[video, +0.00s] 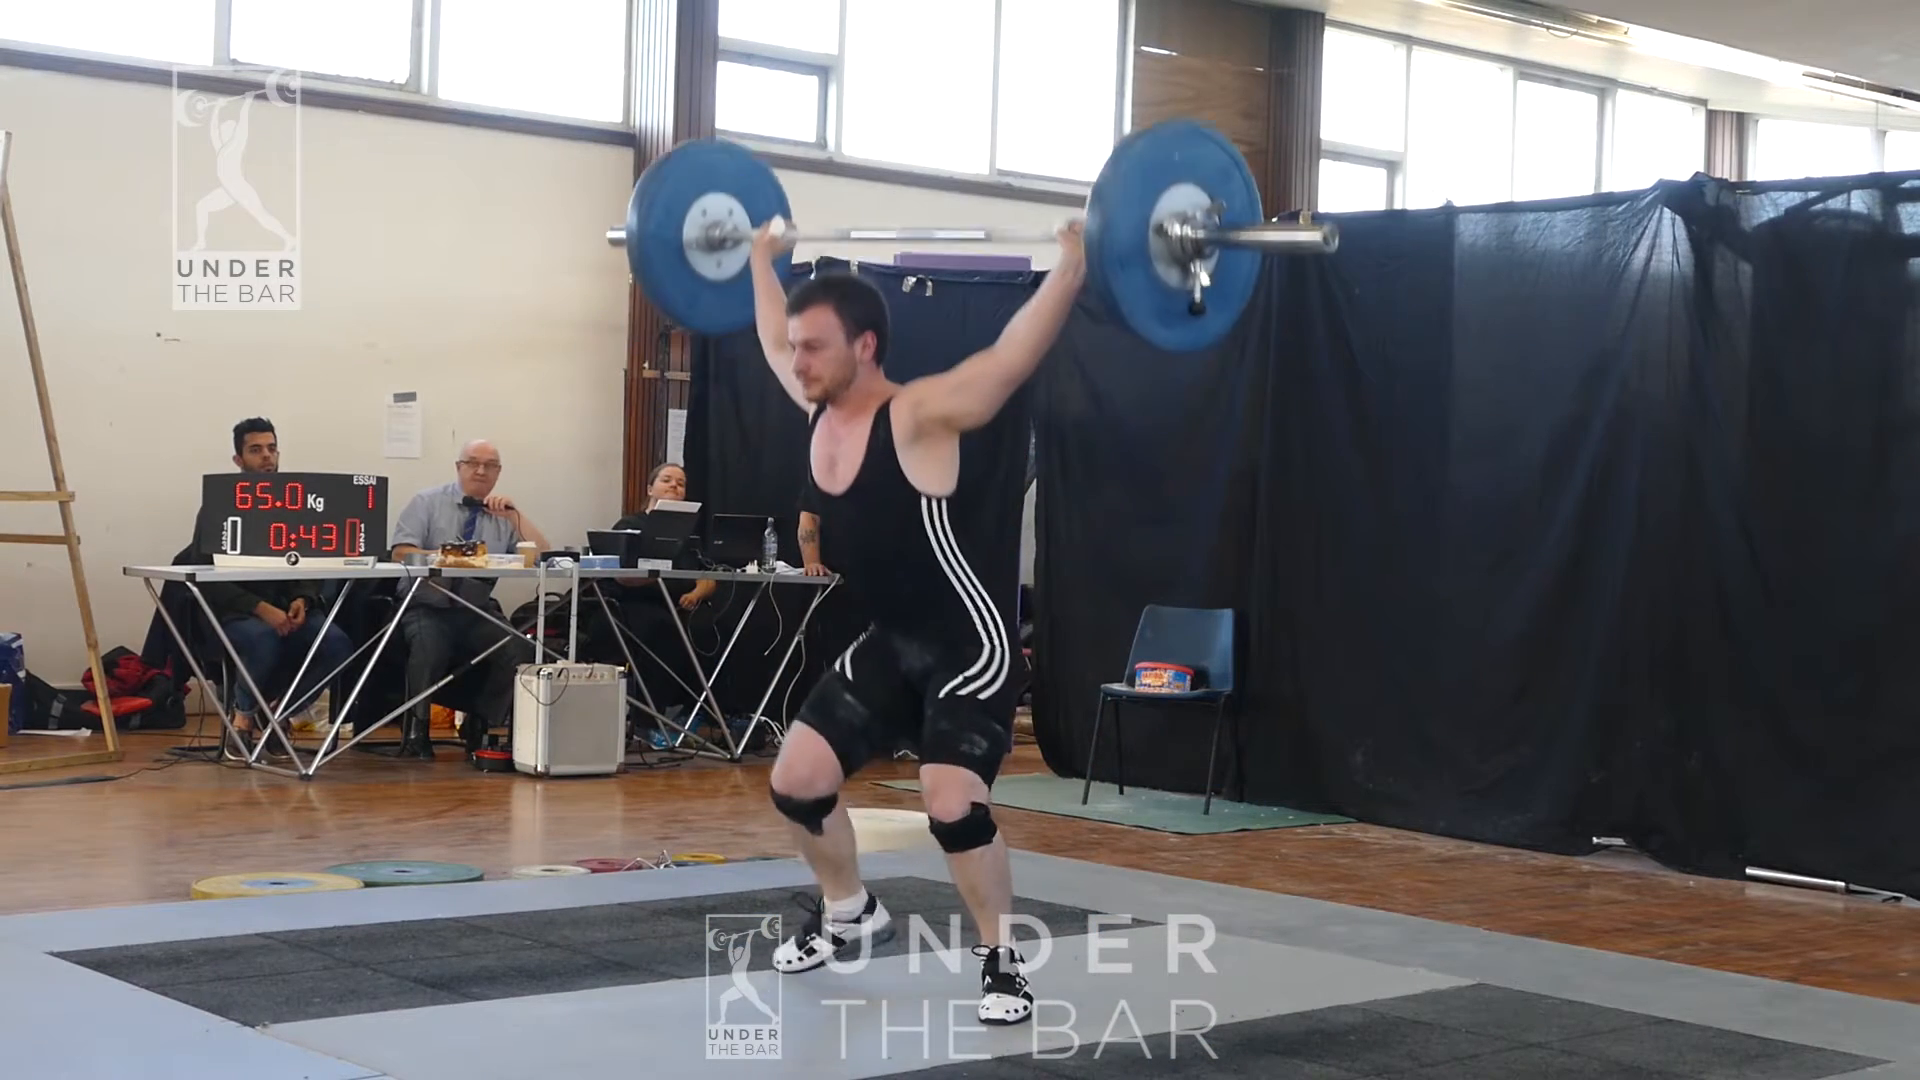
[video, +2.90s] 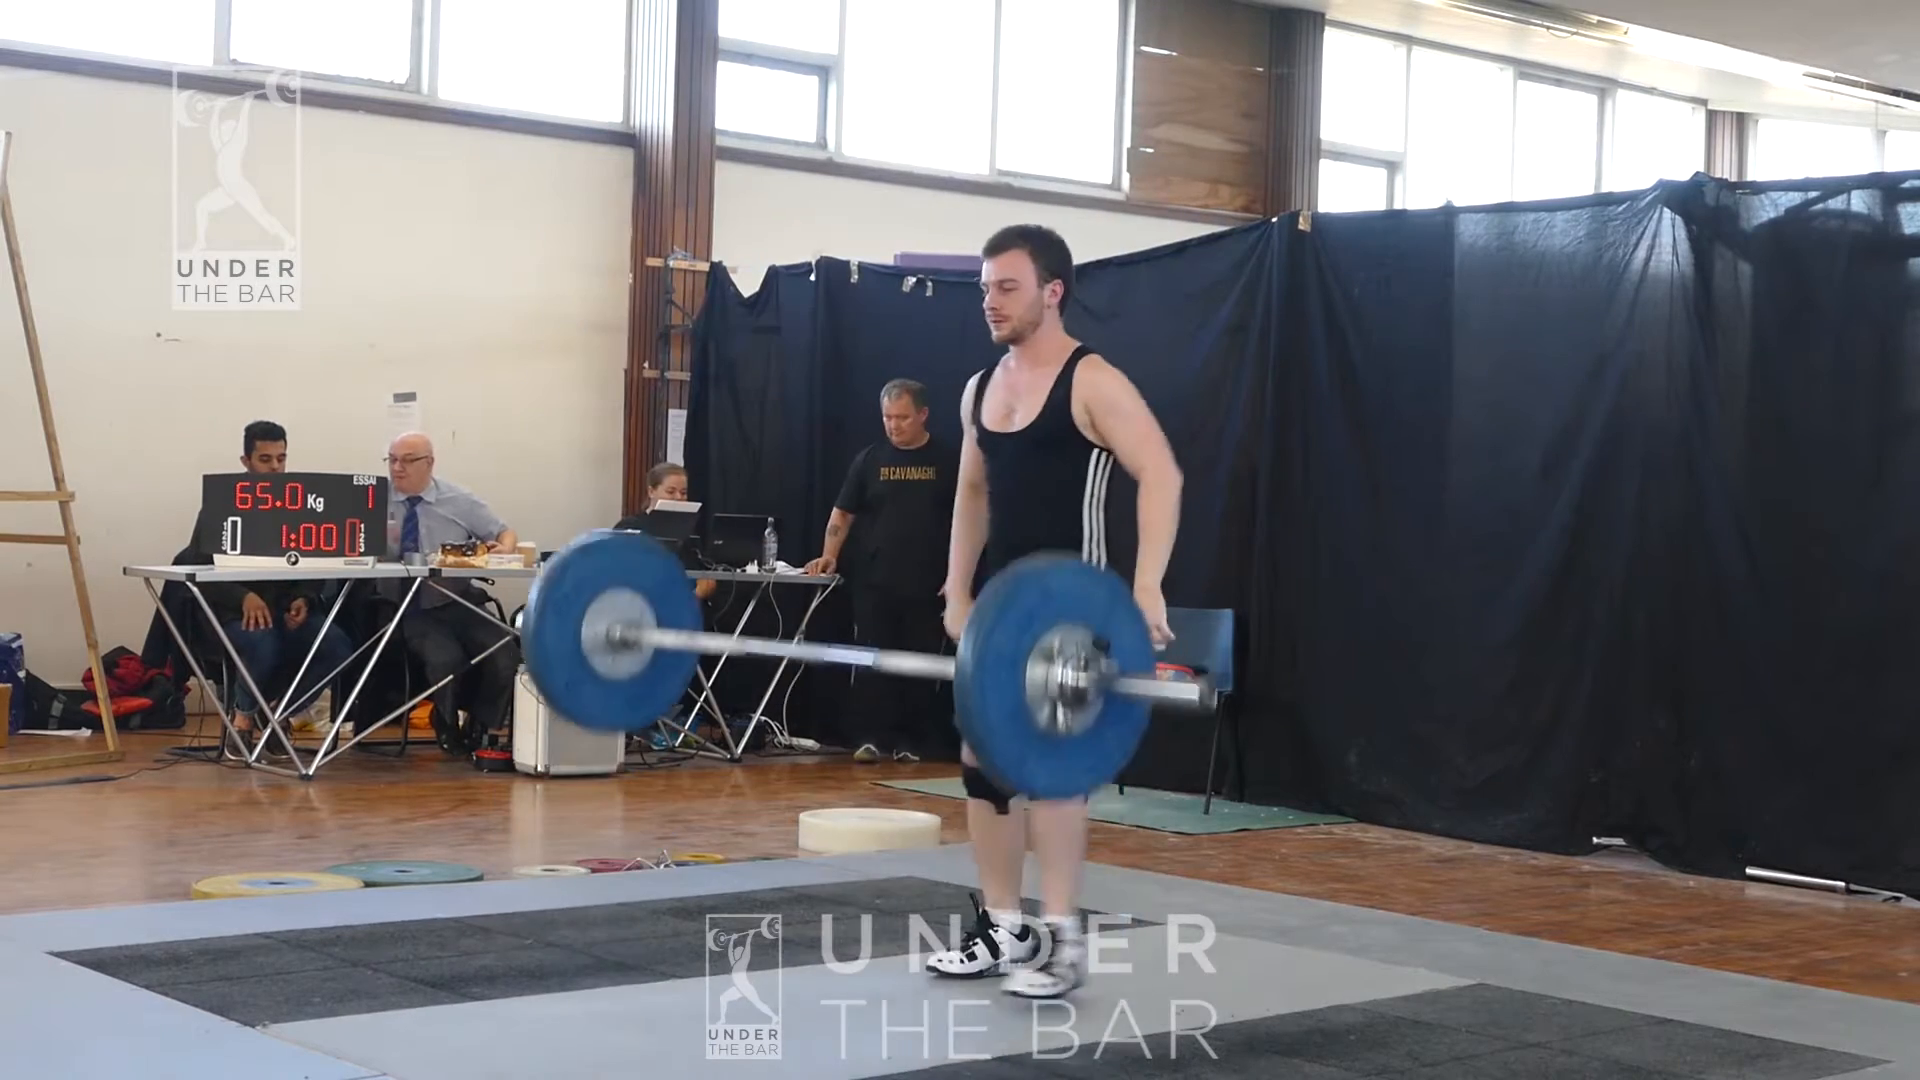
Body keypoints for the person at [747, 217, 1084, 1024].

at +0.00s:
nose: (798, 361)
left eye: (812, 346)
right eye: (793, 348)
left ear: (864, 346)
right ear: (798, 351)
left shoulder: (922, 411)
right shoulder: (824, 416)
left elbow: (1008, 358)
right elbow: (777, 342)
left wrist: (1068, 272)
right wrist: (760, 258)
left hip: (969, 644)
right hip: (887, 640)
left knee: (951, 803)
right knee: (798, 780)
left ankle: (1000, 949)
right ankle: (848, 913)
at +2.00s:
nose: (802, 284)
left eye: (817, 270)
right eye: (799, 271)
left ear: (871, 273)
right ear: (804, 280)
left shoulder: (913, 346)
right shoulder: (811, 346)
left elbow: (991, 286)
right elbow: (758, 282)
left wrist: (1032, 188)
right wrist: (724, 199)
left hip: (925, 595)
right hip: (847, 594)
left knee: (924, 771)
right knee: (836, 765)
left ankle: (950, 971)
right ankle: (837, 952)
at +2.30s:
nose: (913, 282)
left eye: (930, 269)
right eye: (909, 270)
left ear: (980, 275)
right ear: (911, 277)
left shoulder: (1001, 351)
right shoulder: (902, 345)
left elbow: (1029, 323)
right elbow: (799, 305)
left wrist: (1031, 243)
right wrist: (706, 233)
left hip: (985, 601)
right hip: (910, 594)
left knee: (953, 767)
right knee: (863, 756)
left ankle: (952, 969)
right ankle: (838, 947)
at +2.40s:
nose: (945, 284)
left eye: (963, 270)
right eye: (940, 271)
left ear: (1008, 281)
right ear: (935, 282)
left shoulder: (1022, 363)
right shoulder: (922, 368)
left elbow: (1066, 352)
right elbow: (811, 377)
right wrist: (701, 344)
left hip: (998, 609)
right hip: (923, 600)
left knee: (965, 767)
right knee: (867, 752)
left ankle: (954, 968)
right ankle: (882, 933)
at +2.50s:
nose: (959, 289)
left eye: (977, 276)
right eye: (957, 276)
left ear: (1024, 289)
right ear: (959, 287)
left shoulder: (1046, 386)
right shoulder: (934, 385)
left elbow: (1088, 498)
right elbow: (846, 448)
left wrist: (1060, 557)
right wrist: (734, 482)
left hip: (1008, 601)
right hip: (937, 593)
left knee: (966, 768)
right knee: (880, 763)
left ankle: (955, 972)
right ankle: (947, 906)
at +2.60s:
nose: (968, 298)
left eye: (986, 285)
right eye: (965, 286)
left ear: (1033, 299)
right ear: (967, 297)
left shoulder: (1058, 402)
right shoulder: (952, 396)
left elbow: (1094, 517)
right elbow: (906, 508)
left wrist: (1084, 624)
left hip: (1013, 633)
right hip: (937, 624)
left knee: (975, 789)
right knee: (913, 784)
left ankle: (957, 962)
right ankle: (1004, 909)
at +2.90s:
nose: (991, 301)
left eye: (1006, 287)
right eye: (986, 288)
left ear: (1053, 290)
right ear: (987, 294)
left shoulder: (1092, 380)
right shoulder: (981, 389)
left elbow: (1160, 473)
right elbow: (971, 494)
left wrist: (1146, 584)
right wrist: (957, 590)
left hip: (1071, 614)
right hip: (994, 612)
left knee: (1056, 766)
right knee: (984, 762)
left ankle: (1061, 938)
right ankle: (1002, 930)